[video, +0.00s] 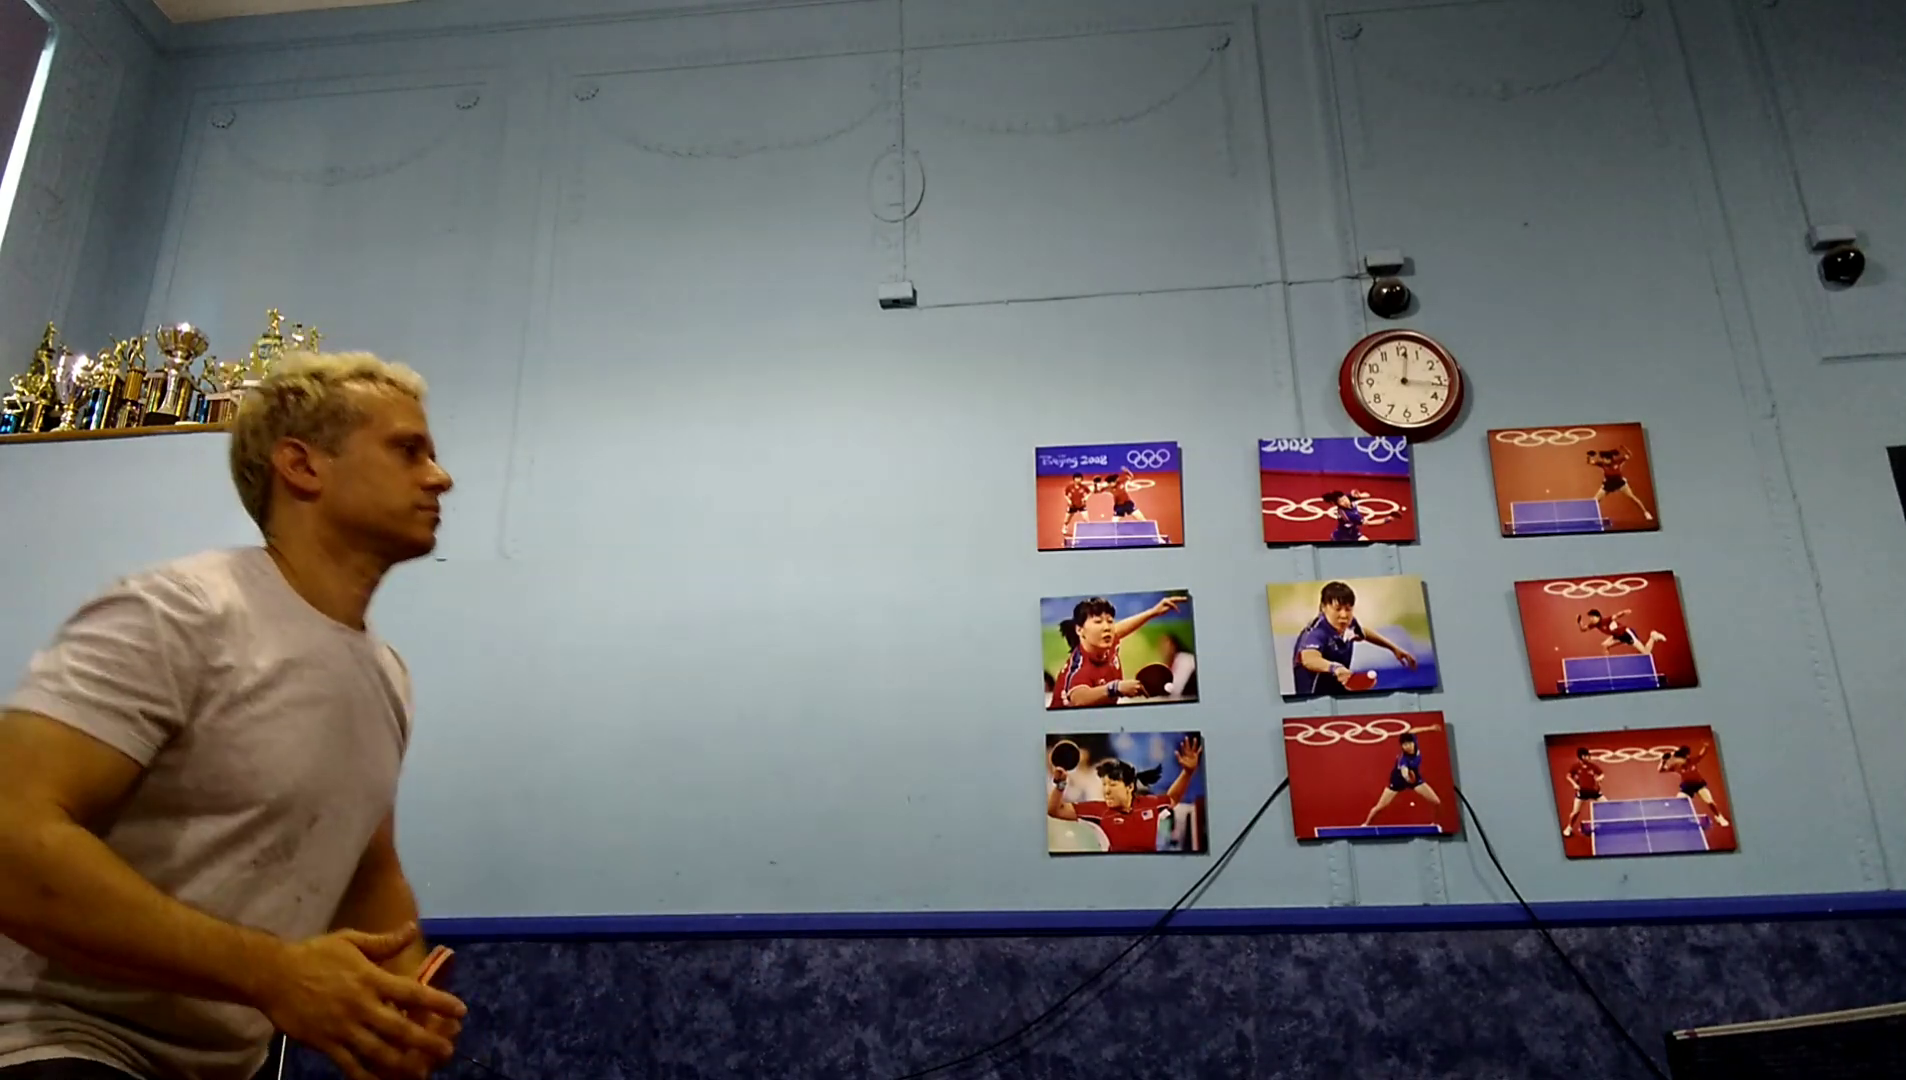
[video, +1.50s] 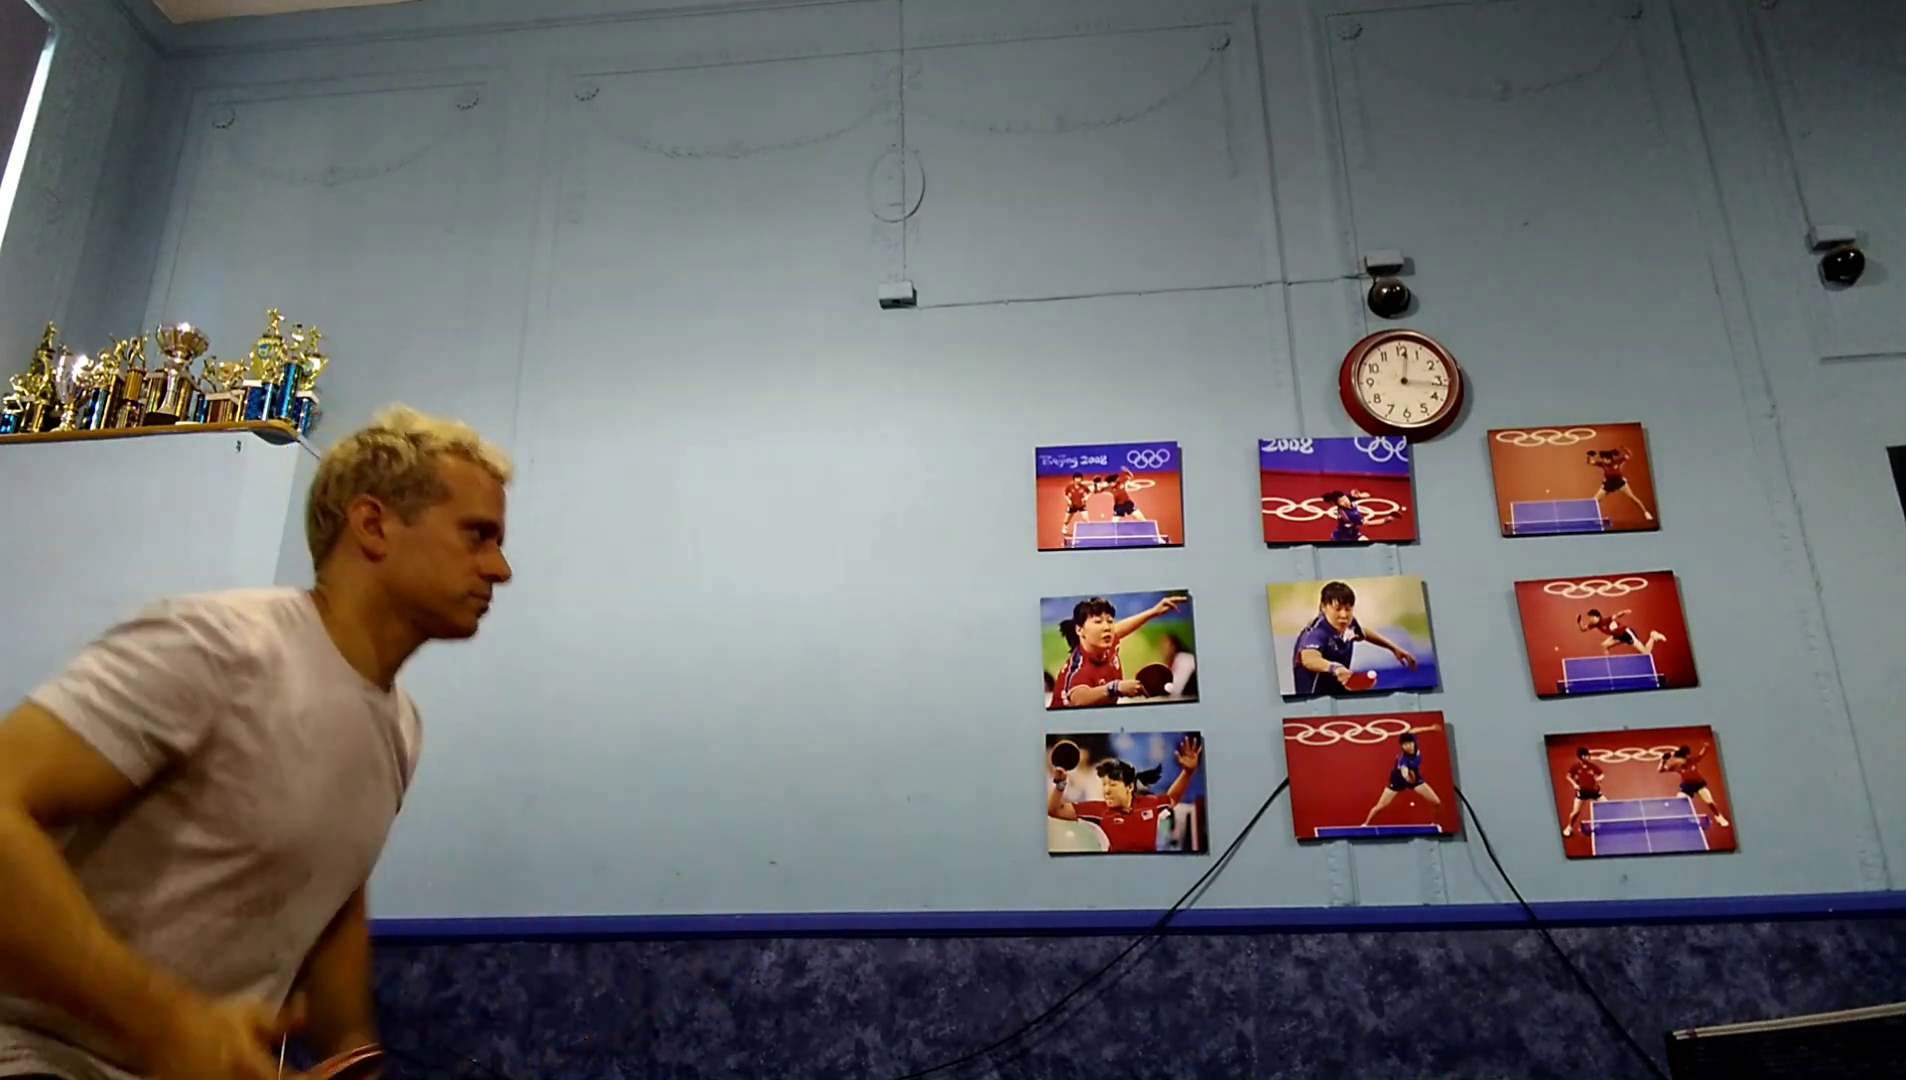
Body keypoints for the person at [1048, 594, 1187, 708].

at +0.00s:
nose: (1107, 628)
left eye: (1109, 622)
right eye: (1098, 622)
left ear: (1114, 626)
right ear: (1080, 630)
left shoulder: (1109, 644)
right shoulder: (1079, 666)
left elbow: (1120, 630)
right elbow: (1078, 698)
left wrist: (1154, 611)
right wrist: (1115, 687)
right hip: (1069, 730)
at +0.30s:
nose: (1107, 628)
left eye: (1110, 622)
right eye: (1098, 622)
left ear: (1114, 626)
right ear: (1080, 630)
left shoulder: (1109, 644)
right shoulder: (1078, 666)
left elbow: (1120, 629)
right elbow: (1078, 698)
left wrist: (1154, 611)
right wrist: (1115, 687)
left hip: (1102, 724)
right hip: (1069, 729)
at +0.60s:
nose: (1107, 628)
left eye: (1110, 622)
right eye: (1098, 622)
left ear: (1114, 626)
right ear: (1080, 630)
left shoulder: (1109, 644)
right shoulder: (1078, 666)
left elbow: (1120, 629)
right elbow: (1078, 698)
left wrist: (1154, 611)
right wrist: (1115, 687)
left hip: (1102, 724)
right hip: (1069, 729)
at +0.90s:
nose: (1107, 628)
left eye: (1109, 622)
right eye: (1098, 622)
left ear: (1114, 626)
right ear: (1080, 630)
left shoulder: (1109, 644)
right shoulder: (1079, 666)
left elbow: (1120, 630)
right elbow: (1078, 698)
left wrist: (1154, 611)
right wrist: (1115, 687)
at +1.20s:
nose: (1107, 628)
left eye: (1110, 622)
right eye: (1098, 622)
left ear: (1114, 626)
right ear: (1080, 630)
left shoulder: (1109, 644)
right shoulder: (1078, 666)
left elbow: (1120, 629)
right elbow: (1078, 698)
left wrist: (1154, 611)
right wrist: (1115, 687)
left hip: (1102, 724)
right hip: (1069, 729)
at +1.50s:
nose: (1107, 628)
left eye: (1110, 622)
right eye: (1098, 622)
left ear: (1114, 626)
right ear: (1080, 630)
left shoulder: (1109, 644)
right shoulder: (1079, 666)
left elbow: (1120, 629)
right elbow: (1078, 698)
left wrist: (1154, 611)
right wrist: (1115, 687)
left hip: (1102, 724)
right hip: (1069, 729)